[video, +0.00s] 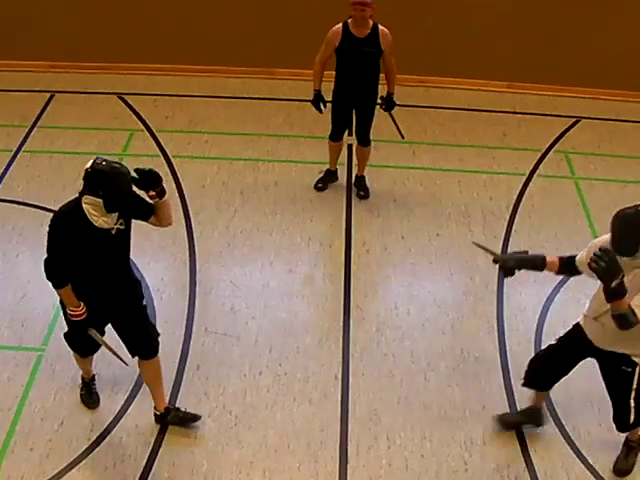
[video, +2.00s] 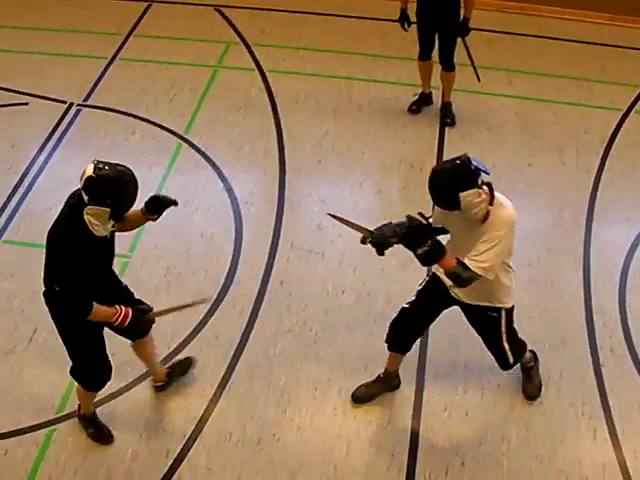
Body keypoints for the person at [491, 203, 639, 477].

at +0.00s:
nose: (618, 253)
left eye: (625, 252)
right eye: (615, 245)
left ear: (638, 251)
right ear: (614, 235)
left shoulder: (639, 275)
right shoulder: (607, 246)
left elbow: (628, 325)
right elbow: (573, 264)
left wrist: (614, 284)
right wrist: (523, 260)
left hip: (626, 352)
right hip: (589, 331)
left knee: (628, 415)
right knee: (543, 366)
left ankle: (634, 440)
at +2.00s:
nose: (448, 211)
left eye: (452, 206)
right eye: (445, 205)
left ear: (470, 196)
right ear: (449, 198)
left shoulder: (502, 216)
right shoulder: (451, 201)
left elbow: (465, 277)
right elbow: (431, 226)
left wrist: (426, 246)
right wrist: (395, 232)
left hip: (488, 295)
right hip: (446, 280)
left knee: (507, 357)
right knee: (403, 327)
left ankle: (528, 361)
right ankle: (389, 376)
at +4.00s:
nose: (357, 252)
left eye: (360, 247)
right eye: (354, 247)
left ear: (381, 236)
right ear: (357, 241)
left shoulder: (412, 250)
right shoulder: (358, 234)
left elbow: (422, 321)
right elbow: (299, 236)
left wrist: (380, 302)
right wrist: (284, 283)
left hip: (435, 317)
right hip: (389, 306)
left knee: (453, 373)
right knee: (346, 360)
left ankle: (471, 401)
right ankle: (336, 390)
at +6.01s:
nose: (493, 202)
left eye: (496, 194)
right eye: (485, 199)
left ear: (502, 182)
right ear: (470, 197)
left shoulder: (526, 193)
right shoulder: (460, 213)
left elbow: (562, 201)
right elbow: (469, 253)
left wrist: (552, 243)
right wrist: (488, 289)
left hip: (531, 273)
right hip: (484, 274)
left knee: (547, 316)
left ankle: (553, 339)